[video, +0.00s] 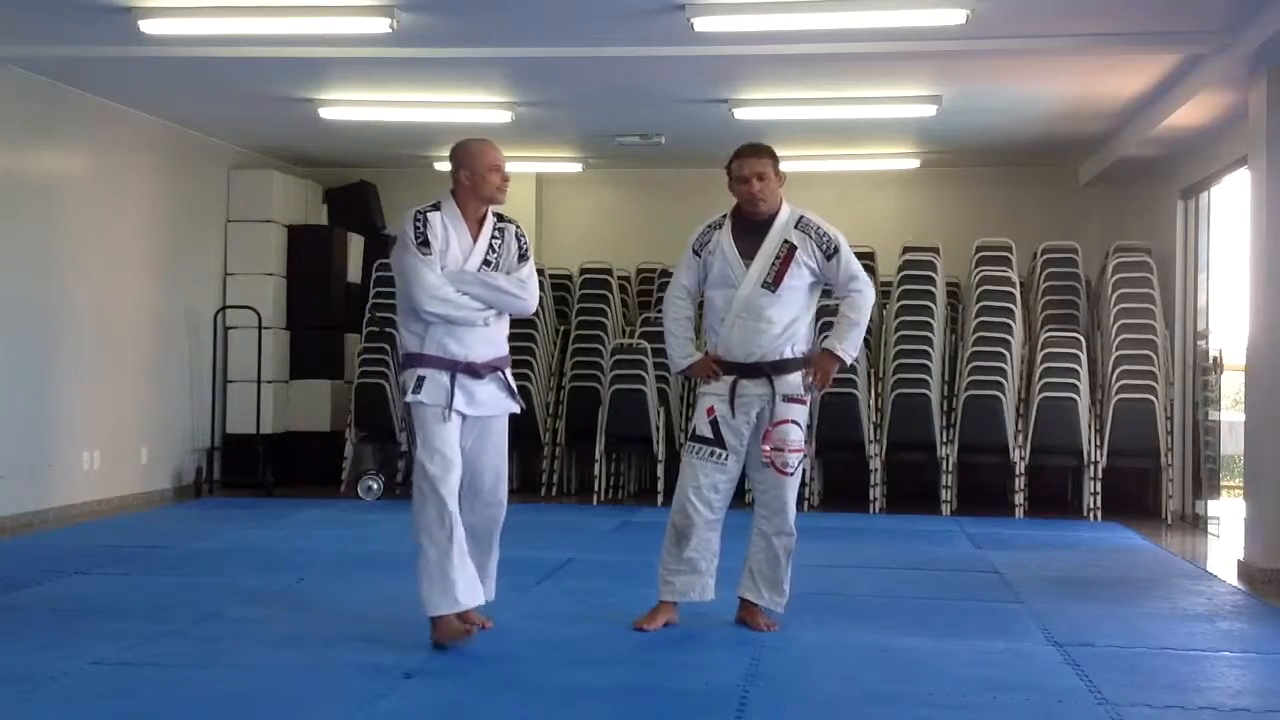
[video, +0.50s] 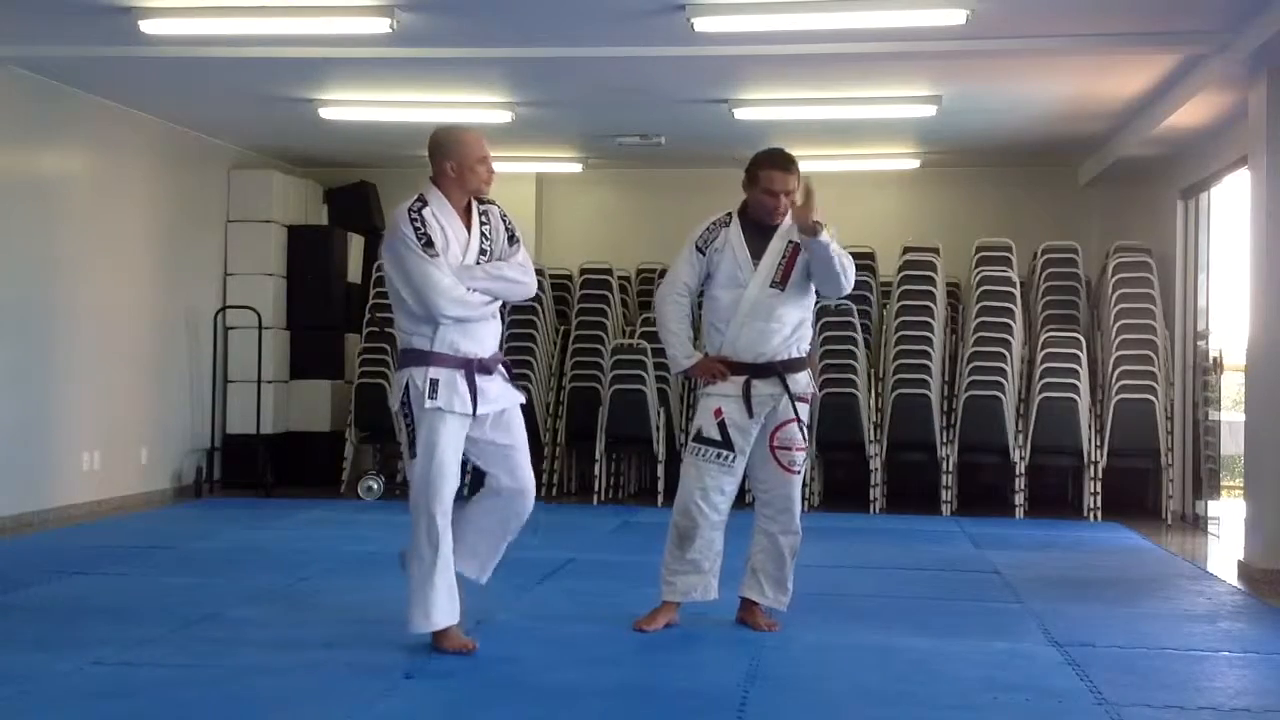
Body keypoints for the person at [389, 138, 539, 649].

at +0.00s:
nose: (506, 178)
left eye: (505, 170)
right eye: (495, 171)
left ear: (497, 177)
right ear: (462, 177)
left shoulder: (508, 232)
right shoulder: (424, 223)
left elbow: (529, 297)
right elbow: (426, 298)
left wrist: (453, 275)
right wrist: (493, 306)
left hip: (489, 376)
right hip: (433, 373)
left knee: (487, 491)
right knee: (440, 486)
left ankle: (468, 600)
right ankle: (443, 611)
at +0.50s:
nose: (492, 170)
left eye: (491, 161)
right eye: (482, 163)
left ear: (465, 168)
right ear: (450, 169)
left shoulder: (494, 218)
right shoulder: (409, 222)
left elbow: (528, 283)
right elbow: (443, 300)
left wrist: (458, 275)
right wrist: (496, 298)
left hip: (489, 375)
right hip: (433, 376)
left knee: (516, 487)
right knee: (436, 498)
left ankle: (433, 558)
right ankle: (439, 621)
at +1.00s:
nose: (475, 165)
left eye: (472, 157)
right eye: (466, 159)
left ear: (444, 167)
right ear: (433, 168)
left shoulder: (477, 213)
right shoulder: (398, 227)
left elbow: (521, 271)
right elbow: (446, 301)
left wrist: (457, 273)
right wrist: (494, 290)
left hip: (489, 373)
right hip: (435, 377)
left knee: (520, 482)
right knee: (444, 501)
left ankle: (420, 554)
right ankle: (449, 626)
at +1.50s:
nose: (462, 168)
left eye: (461, 159)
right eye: (455, 160)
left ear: (427, 168)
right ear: (424, 169)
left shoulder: (443, 217)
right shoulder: (396, 223)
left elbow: (471, 269)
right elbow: (441, 301)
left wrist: (488, 213)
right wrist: (491, 287)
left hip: (478, 374)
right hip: (433, 380)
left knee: (513, 480)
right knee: (443, 502)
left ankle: (404, 535)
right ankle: (446, 627)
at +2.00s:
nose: (431, 168)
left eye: (428, 158)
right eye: (420, 159)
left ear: (393, 168)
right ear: (388, 168)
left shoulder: (413, 219)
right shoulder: (359, 220)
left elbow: (469, 266)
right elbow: (413, 299)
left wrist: (432, 274)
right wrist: (448, 295)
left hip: (414, 376)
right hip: (382, 378)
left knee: (385, 497)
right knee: (414, 501)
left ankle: (322, 600)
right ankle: (440, 624)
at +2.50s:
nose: (411, 165)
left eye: (409, 157)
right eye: (402, 156)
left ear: (377, 165)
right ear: (369, 164)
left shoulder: (395, 223)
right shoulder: (341, 212)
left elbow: (435, 288)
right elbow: (380, 294)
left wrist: (387, 269)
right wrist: (418, 290)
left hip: (379, 374)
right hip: (347, 373)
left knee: (342, 493)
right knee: (364, 501)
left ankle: (309, 609)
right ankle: (356, 633)